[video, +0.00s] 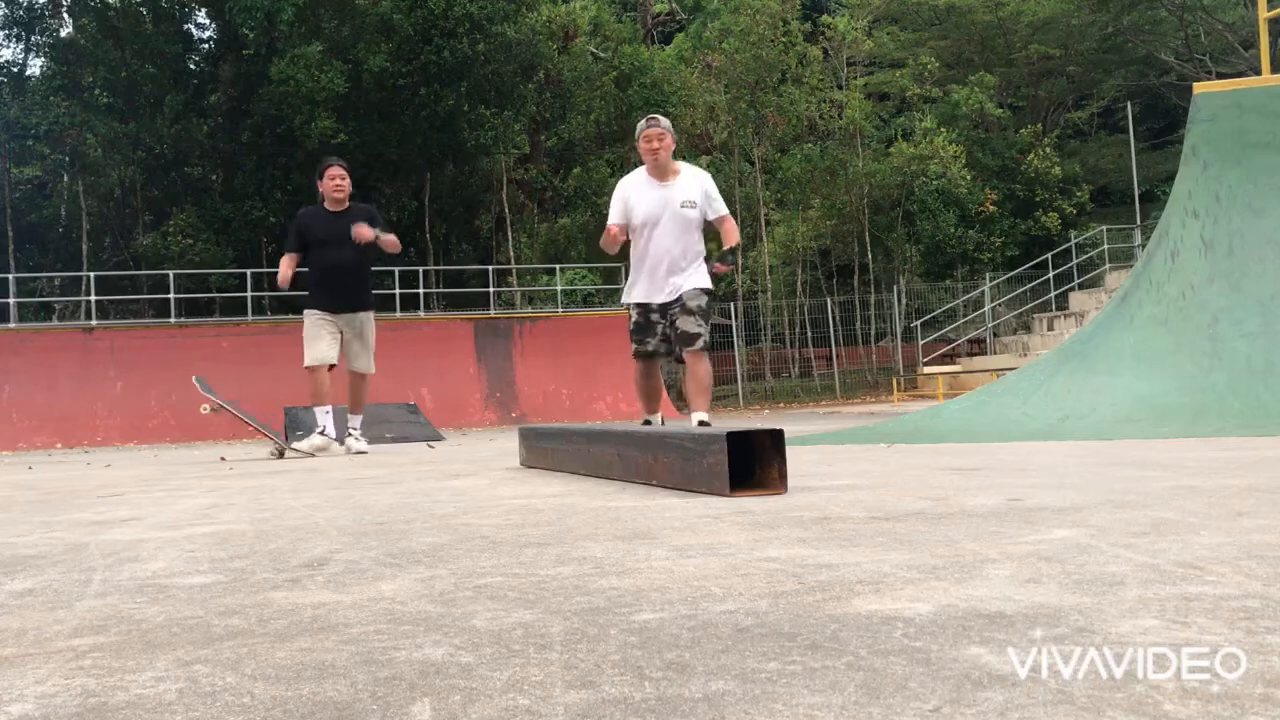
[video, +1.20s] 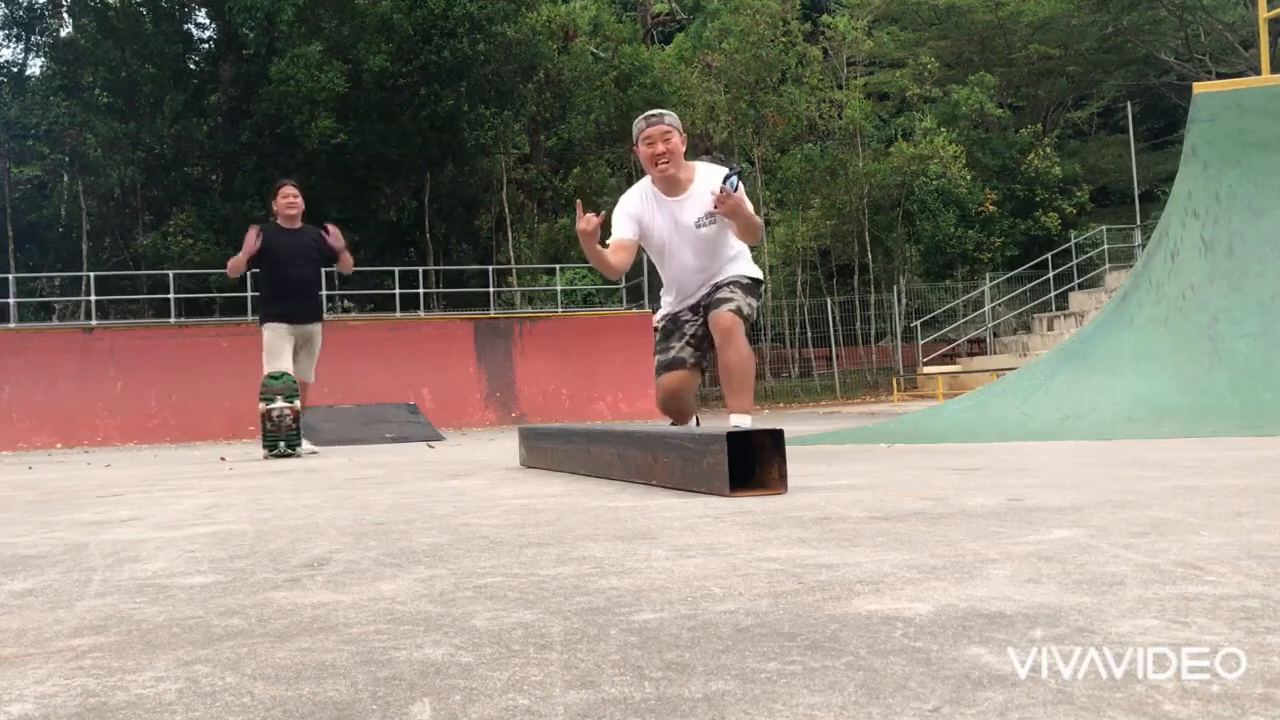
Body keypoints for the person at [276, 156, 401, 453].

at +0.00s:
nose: (339, 182)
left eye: (343, 177)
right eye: (332, 178)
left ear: (350, 184)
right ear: (320, 186)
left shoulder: (365, 214)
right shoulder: (306, 218)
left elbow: (395, 247)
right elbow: (291, 254)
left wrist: (375, 235)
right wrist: (285, 272)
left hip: (359, 310)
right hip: (319, 309)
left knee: (360, 370)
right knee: (317, 364)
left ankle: (354, 433)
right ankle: (325, 433)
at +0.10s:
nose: (339, 183)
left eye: (343, 179)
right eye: (332, 179)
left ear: (350, 185)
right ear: (320, 186)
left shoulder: (363, 214)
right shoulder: (308, 216)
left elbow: (396, 235)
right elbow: (285, 259)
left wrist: (370, 207)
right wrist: (294, 243)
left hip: (357, 308)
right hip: (319, 308)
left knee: (359, 370)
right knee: (315, 366)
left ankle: (354, 433)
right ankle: (319, 432)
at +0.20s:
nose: (335, 185)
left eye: (341, 180)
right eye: (329, 180)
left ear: (348, 187)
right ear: (318, 186)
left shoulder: (361, 213)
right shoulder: (307, 216)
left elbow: (391, 222)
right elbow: (283, 245)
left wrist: (363, 190)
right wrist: (303, 209)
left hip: (355, 306)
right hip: (316, 306)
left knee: (357, 370)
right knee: (312, 366)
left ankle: (354, 434)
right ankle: (311, 432)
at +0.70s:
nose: (305, 188)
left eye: (309, 184)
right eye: (299, 184)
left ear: (315, 190)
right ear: (287, 190)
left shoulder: (328, 219)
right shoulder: (277, 220)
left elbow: (364, 213)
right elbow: (252, 214)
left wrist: (332, 191)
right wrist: (275, 190)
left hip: (326, 310)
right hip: (288, 312)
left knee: (339, 370)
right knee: (282, 377)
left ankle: (351, 431)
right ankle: (279, 438)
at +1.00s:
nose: (292, 192)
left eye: (295, 188)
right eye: (285, 189)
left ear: (302, 196)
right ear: (272, 197)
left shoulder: (317, 223)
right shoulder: (263, 225)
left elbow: (355, 233)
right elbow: (232, 228)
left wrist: (327, 207)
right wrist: (259, 203)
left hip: (315, 312)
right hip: (278, 313)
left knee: (327, 374)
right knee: (279, 377)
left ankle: (306, 423)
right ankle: (283, 434)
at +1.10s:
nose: (291, 196)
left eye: (295, 192)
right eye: (284, 193)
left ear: (301, 201)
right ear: (272, 202)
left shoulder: (316, 231)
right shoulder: (263, 230)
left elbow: (353, 251)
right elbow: (228, 252)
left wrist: (333, 222)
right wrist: (252, 220)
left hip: (312, 316)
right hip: (276, 315)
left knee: (312, 379)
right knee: (278, 378)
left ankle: (300, 428)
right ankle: (281, 436)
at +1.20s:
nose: (292, 200)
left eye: (296, 196)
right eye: (285, 197)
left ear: (303, 204)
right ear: (275, 206)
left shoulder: (316, 236)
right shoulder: (263, 235)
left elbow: (346, 269)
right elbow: (232, 272)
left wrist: (341, 249)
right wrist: (246, 253)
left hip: (310, 321)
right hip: (276, 321)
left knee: (302, 383)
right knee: (278, 382)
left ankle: (296, 435)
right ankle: (278, 439)